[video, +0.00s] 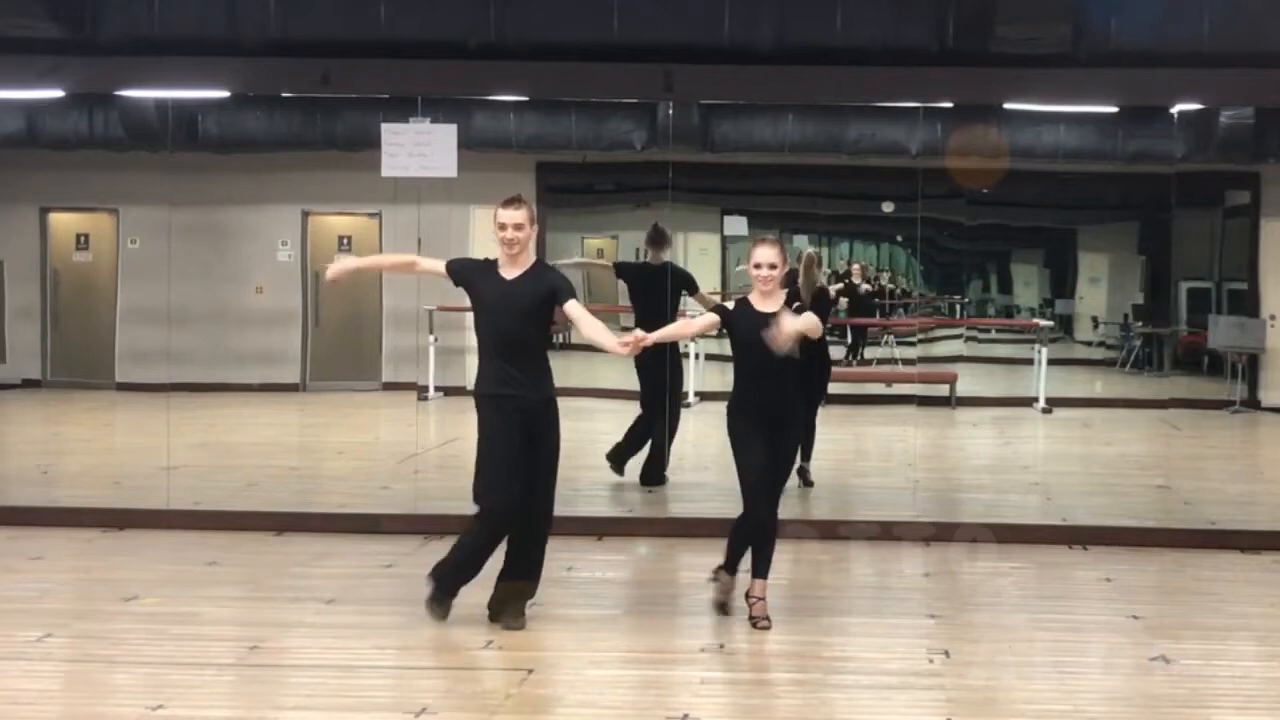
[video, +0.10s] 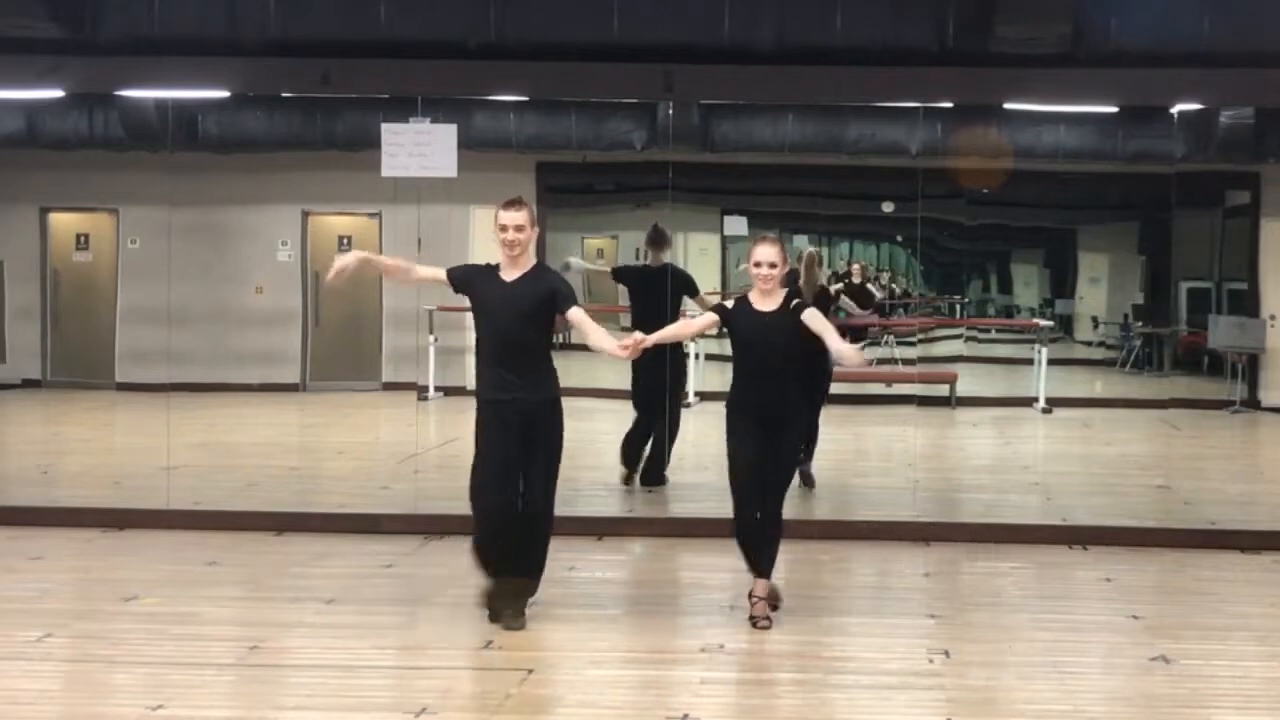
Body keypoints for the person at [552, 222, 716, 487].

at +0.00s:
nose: (661, 250)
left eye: (654, 246)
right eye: (664, 245)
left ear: (646, 246)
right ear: (669, 246)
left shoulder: (633, 270)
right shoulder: (678, 274)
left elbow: (595, 264)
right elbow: (706, 302)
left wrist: (565, 264)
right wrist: (725, 308)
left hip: (642, 350)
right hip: (668, 350)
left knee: (650, 409)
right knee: (668, 412)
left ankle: (620, 455)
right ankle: (653, 474)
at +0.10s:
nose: (660, 250)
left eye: (655, 246)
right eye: (664, 246)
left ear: (646, 246)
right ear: (669, 246)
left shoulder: (633, 274)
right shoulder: (679, 276)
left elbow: (602, 270)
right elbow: (705, 304)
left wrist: (579, 265)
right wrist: (722, 309)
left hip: (643, 353)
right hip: (672, 353)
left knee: (646, 412)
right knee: (668, 414)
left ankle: (629, 460)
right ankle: (653, 475)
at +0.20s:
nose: (656, 252)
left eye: (650, 247)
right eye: (661, 246)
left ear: (646, 248)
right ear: (668, 248)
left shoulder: (635, 278)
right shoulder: (680, 278)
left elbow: (604, 288)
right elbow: (703, 307)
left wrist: (594, 267)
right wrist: (717, 302)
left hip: (642, 357)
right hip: (670, 356)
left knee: (646, 417)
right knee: (665, 415)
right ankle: (658, 476)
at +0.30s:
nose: (658, 252)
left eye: (653, 247)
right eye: (664, 248)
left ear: (646, 249)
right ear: (669, 249)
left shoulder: (634, 280)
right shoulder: (679, 279)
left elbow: (622, 284)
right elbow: (703, 314)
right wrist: (696, 325)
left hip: (643, 350)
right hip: (669, 351)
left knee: (652, 407)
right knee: (638, 401)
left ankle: (662, 469)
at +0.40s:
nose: (659, 253)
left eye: (653, 247)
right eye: (665, 248)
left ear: (647, 249)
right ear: (670, 249)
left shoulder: (634, 280)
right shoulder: (681, 279)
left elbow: (620, 308)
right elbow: (707, 313)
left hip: (644, 351)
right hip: (668, 351)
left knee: (658, 407)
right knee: (633, 407)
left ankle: (660, 472)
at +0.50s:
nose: (657, 250)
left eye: (652, 245)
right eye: (663, 246)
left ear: (649, 246)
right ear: (670, 247)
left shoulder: (637, 272)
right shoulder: (681, 276)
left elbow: (600, 286)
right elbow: (706, 306)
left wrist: (595, 285)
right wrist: (720, 314)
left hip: (643, 348)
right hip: (671, 349)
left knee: (632, 407)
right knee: (653, 407)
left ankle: (654, 464)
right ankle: (656, 464)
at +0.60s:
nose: (666, 244)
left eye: (660, 240)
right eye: (669, 240)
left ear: (651, 241)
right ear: (673, 241)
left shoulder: (638, 267)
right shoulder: (682, 271)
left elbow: (606, 271)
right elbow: (706, 302)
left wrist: (581, 275)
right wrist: (718, 302)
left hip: (643, 347)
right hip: (673, 349)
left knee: (637, 402)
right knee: (668, 406)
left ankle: (632, 458)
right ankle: (650, 467)